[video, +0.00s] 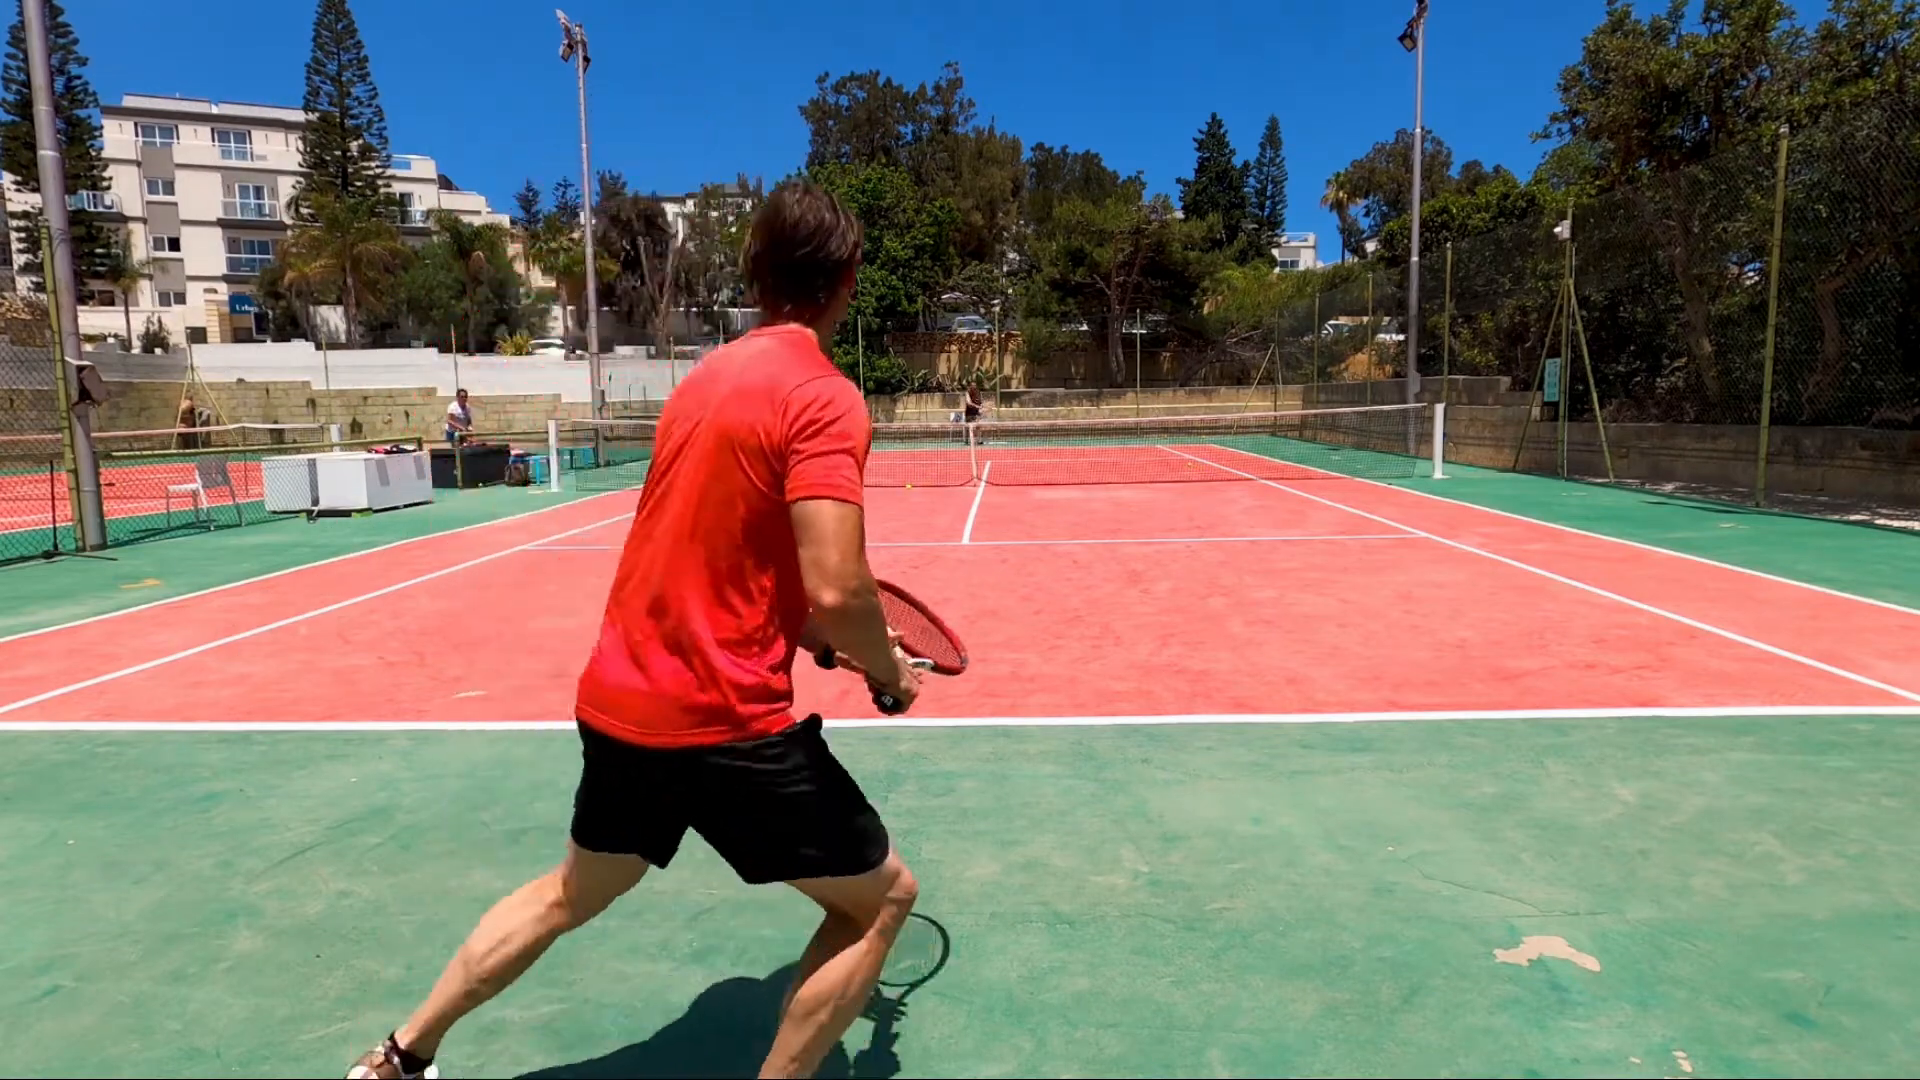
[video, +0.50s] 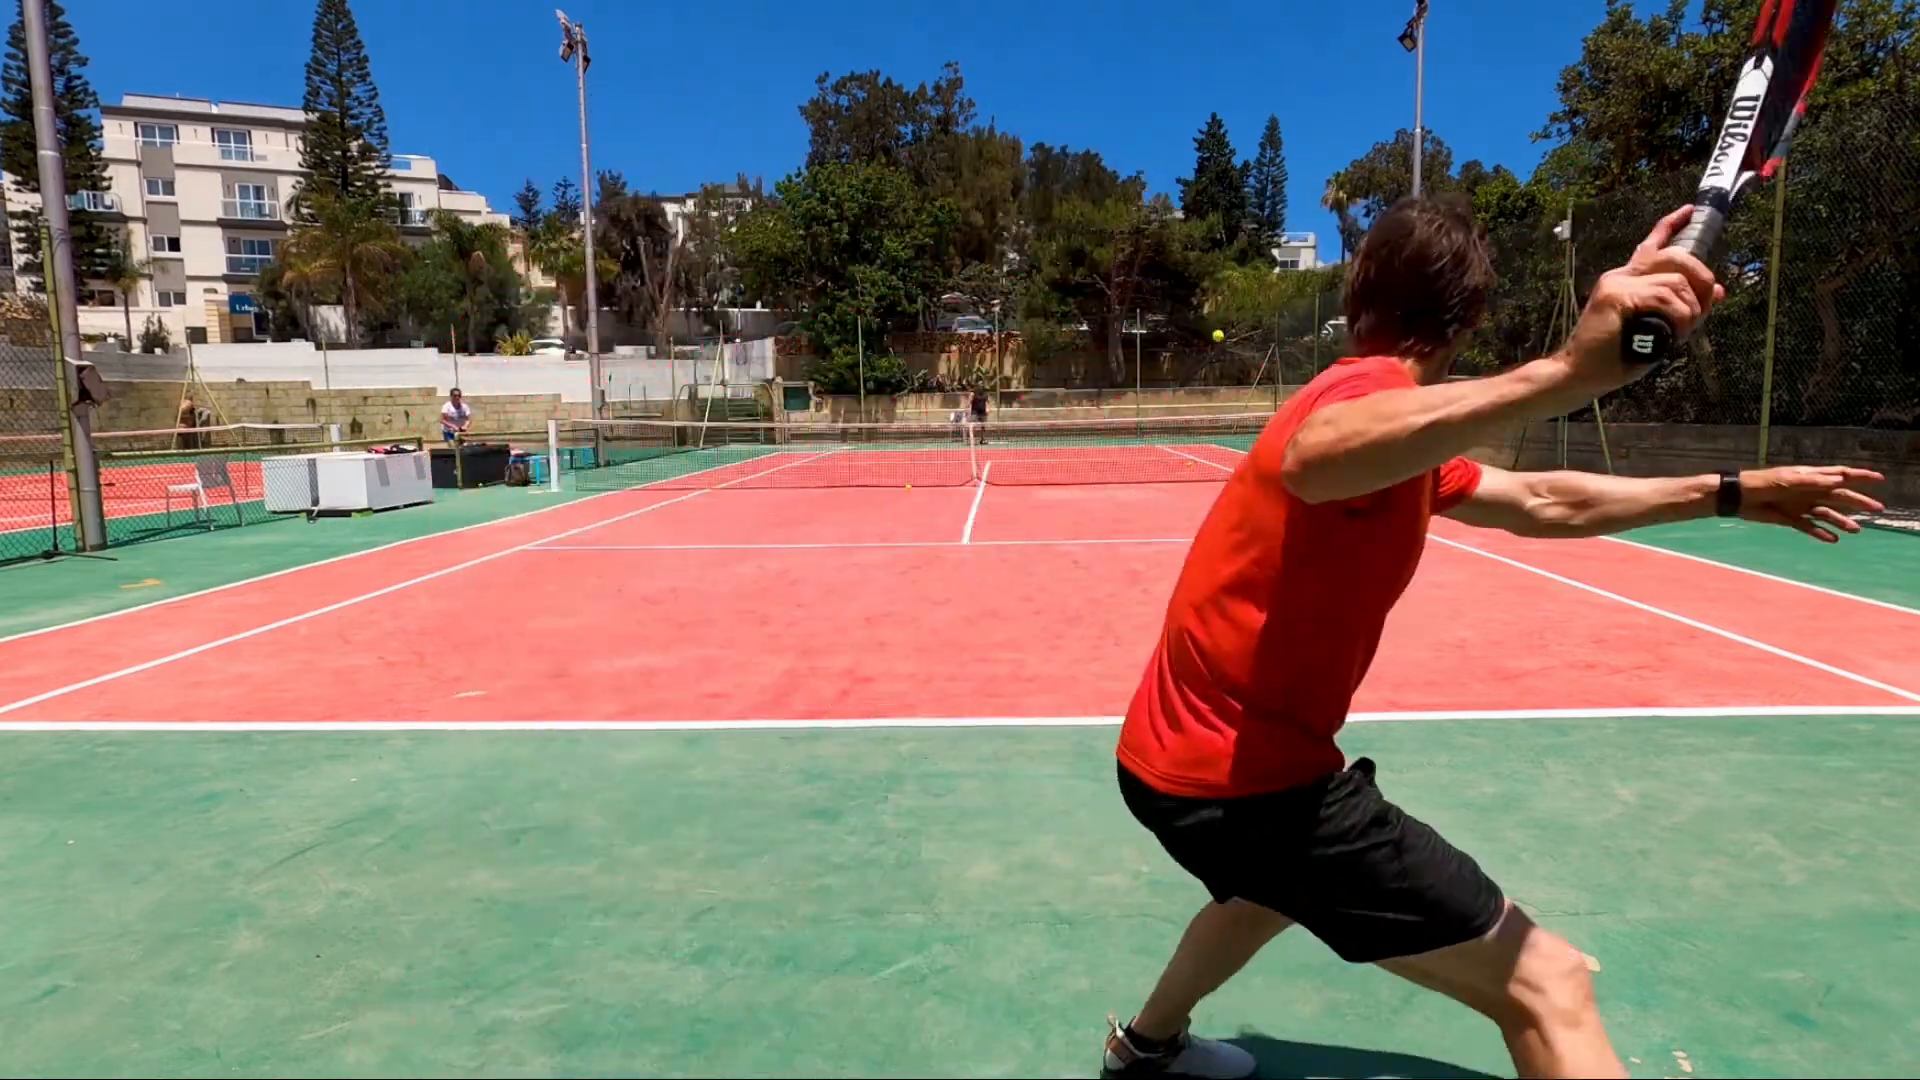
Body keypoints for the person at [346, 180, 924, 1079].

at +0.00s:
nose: (858, 286)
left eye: (853, 271)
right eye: (855, 272)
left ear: (758, 277)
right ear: (843, 282)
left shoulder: (705, 377)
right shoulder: (823, 398)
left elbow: (707, 541)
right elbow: (835, 590)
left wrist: (808, 622)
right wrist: (886, 669)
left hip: (618, 701)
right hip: (725, 720)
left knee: (582, 881)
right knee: (876, 900)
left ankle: (402, 1053)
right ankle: (782, 1074)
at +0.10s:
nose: (959, 267)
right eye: (959, 251)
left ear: (859, 250)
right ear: (951, 263)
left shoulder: (809, 355)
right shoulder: (925, 370)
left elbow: (810, 524)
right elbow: (943, 571)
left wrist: (953, 572)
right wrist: (1016, 661)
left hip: (723, 690)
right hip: (814, 708)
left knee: (776, 866)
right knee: (898, 915)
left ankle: (581, 1001)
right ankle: (785, 1073)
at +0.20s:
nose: (1060, 234)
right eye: (1058, 220)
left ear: (956, 222)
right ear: (1048, 229)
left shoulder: (920, 322)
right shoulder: (1025, 326)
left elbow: (1009, 507)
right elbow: (1046, 504)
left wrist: (1138, 561)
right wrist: (1158, 596)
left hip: (829, 662)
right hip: (914, 678)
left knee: (939, 866)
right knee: (963, 924)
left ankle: (899, 1026)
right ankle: (815, 1067)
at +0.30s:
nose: (1175, 244)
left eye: (1170, 225)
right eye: (1175, 225)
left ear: (1071, 231)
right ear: (1163, 238)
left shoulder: (1053, 323)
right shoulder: (1119, 320)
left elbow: (1140, 480)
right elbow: (1119, 459)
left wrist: (1287, 481)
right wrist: (1308, 513)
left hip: (967, 677)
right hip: (1023, 689)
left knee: (1112, 878)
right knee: (1174, 928)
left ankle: (1129, 1030)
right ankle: (989, 1075)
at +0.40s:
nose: (1308, 291)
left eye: (1305, 275)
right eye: (1308, 275)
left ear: (1200, 273)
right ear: (1294, 288)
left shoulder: (1187, 373)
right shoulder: (1224, 361)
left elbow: (1372, 490)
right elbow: (1189, 444)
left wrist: (1517, 444)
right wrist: (1432, 404)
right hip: (1121, 745)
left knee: (1236, 842)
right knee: (1392, 925)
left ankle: (1145, 1035)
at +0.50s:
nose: (1479, 325)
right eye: (1476, 309)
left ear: (1356, 296)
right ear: (1461, 316)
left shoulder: (1399, 441)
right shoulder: (1367, 391)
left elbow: (1550, 501)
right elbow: (1309, 455)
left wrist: (1734, 490)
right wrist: (1567, 368)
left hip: (1189, 758)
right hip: (1247, 780)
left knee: (1286, 877)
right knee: (1548, 986)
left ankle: (1148, 1038)